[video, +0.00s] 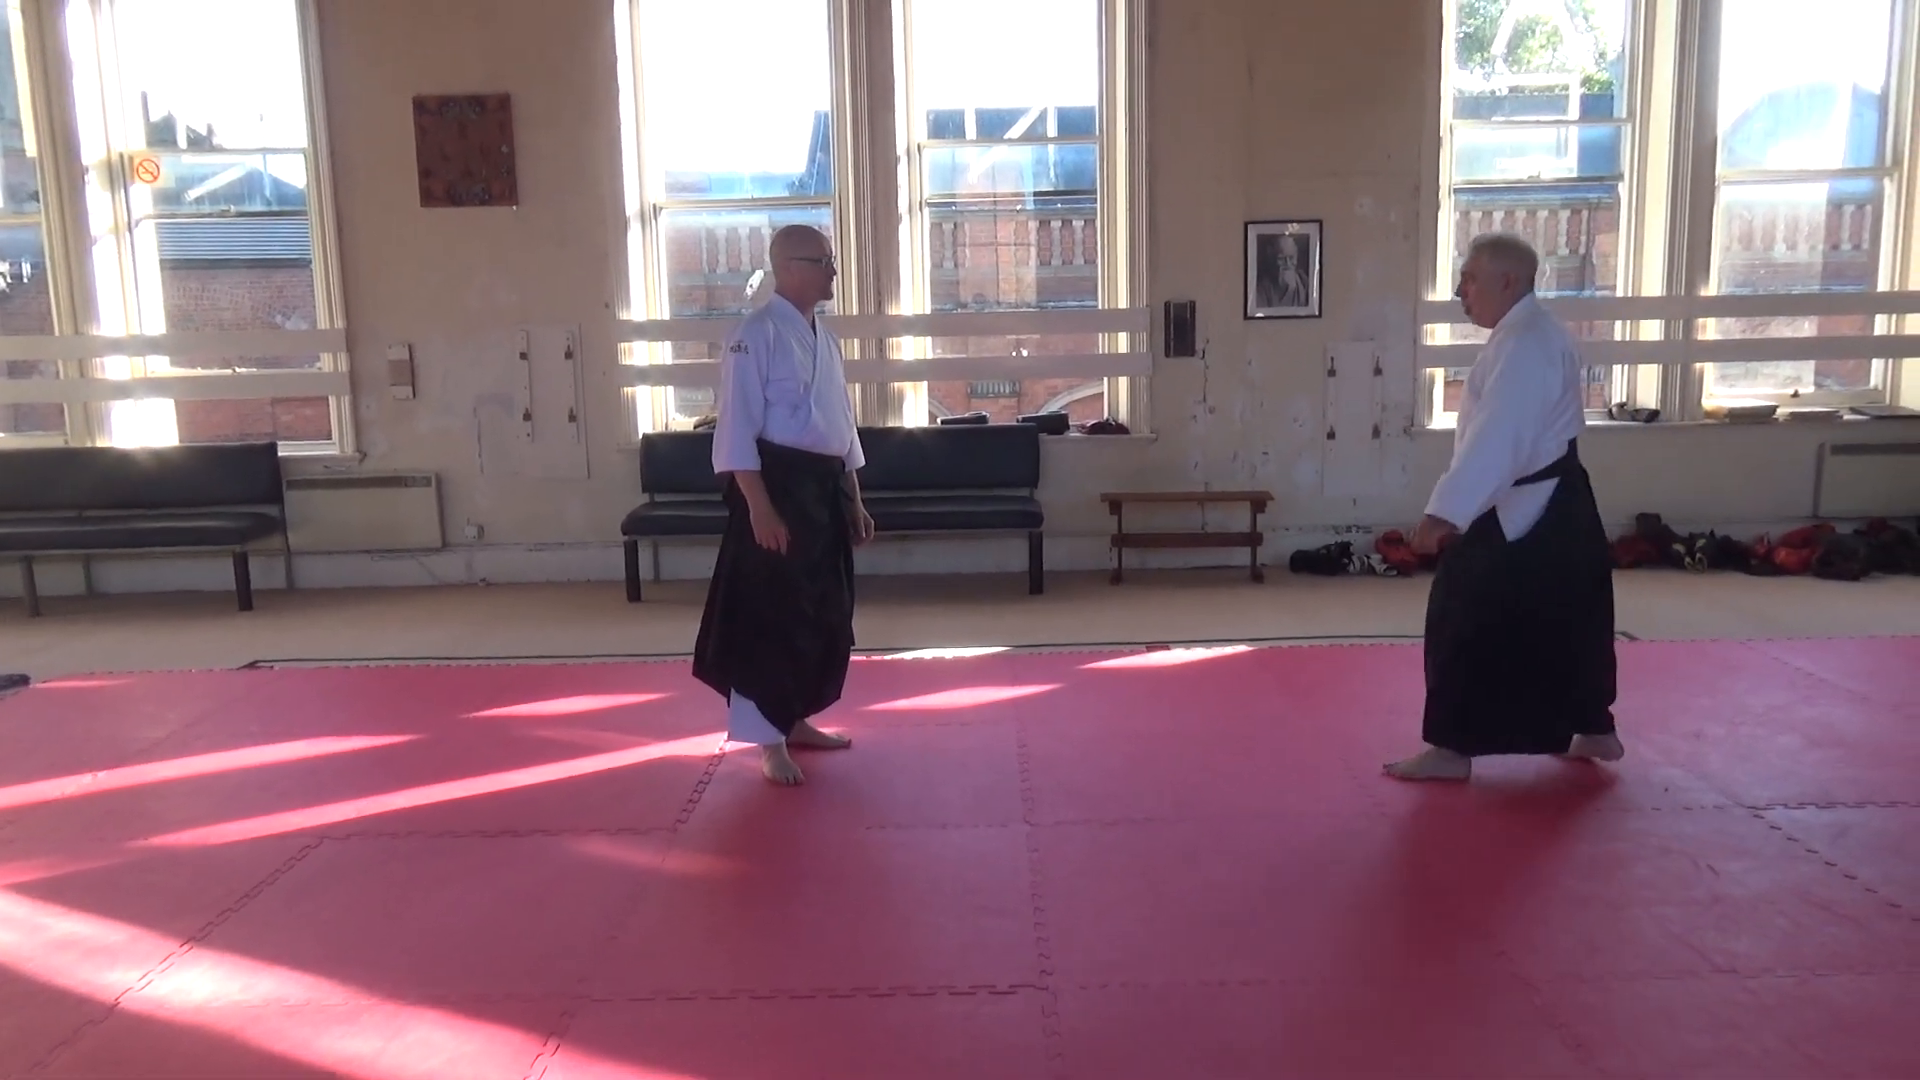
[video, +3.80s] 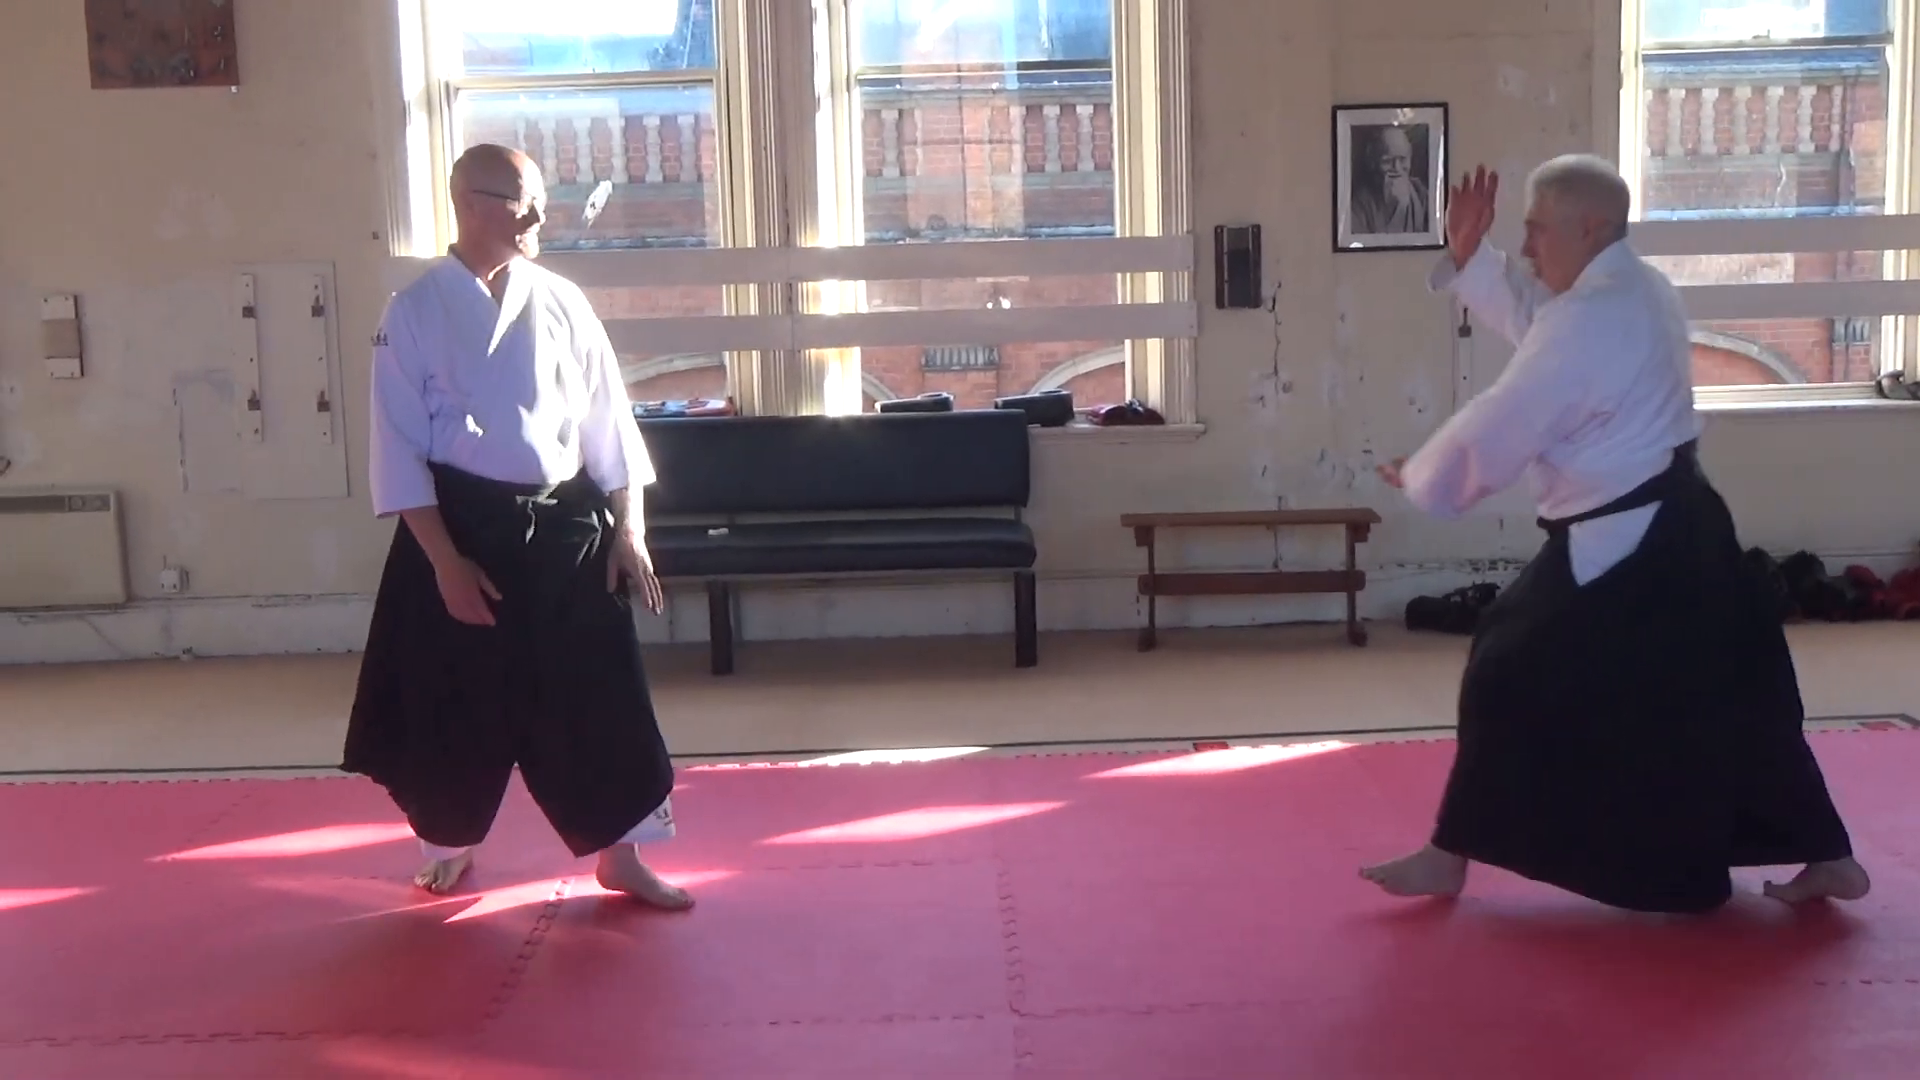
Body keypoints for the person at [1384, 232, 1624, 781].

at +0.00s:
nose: (1461, 290)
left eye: (1470, 278)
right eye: (1462, 278)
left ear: (1508, 282)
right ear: (1513, 283)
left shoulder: (1523, 343)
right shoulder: (1538, 330)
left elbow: (1495, 440)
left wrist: (1441, 514)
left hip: (1522, 505)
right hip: (1560, 499)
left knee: (1457, 616)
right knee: (1575, 614)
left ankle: (1450, 748)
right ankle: (1596, 730)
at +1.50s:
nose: (1477, 269)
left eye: (1487, 258)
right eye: (1479, 257)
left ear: (1528, 262)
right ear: (1531, 263)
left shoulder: (1543, 317)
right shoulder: (1556, 309)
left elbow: (1497, 360)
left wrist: (1433, 394)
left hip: (1514, 504)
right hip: (1555, 497)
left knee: (1460, 634)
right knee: (1567, 633)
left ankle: (1451, 776)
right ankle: (1586, 764)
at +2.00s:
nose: (1453, 288)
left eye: (1464, 277)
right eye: (1454, 277)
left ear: (1505, 277)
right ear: (1508, 279)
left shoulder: (1518, 345)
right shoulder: (1515, 335)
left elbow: (1481, 454)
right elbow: (1460, 438)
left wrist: (1415, 513)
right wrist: (1400, 486)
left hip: (1500, 523)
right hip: (1542, 514)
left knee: (1453, 654)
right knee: (1555, 649)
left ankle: (1438, 792)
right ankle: (1576, 779)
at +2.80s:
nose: (1542, 263)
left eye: (1553, 248)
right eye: (1541, 248)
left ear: (1602, 247)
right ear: (1602, 249)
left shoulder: (1623, 323)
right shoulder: (1599, 312)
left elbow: (1554, 440)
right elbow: (1527, 396)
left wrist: (1492, 485)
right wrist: (1447, 452)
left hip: (1603, 530)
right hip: (1636, 521)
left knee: (1542, 681)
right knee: (1657, 682)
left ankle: (1525, 850)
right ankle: (1686, 836)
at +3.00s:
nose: (1647, 215)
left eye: (1660, 199)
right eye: (1646, 199)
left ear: (1715, 197)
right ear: (1711, 199)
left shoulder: (1736, 287)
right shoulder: (1711, 273)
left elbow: (1648, 421)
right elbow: (1623, 366)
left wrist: (1582, 464)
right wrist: (1528, 427)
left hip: (1709, 526)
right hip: (1747, 516)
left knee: (1638, 703)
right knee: (1770, 704)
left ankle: (1615, 894)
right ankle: (1801, 879)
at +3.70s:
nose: (1583, 232)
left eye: (1595, 216)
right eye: (1583, 215)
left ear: (1646, 219)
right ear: (1656, 221)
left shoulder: (1645, 307)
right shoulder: (1697, 279)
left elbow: (1566, 423)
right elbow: (1581, 351)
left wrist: (1511, 478)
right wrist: (1486, 313)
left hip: (1661, 531)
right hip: (1727, 515)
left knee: (1548, 665)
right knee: (1767, 690)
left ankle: (1507, 856)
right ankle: (1830, 861)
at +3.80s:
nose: (1526, 242)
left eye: (1537, 226)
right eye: (1527, 225)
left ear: (1588, 231)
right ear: (1599, 229)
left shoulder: (1585, 317)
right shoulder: (1637, 286)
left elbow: (1504, 420)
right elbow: (1538, 324)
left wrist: (1423, 475)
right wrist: (1470, 259)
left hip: (1618, 534)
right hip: (1681, 516)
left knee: (1498, 666)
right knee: (1744, 691)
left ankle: (1446, 853)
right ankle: (1830, 855)